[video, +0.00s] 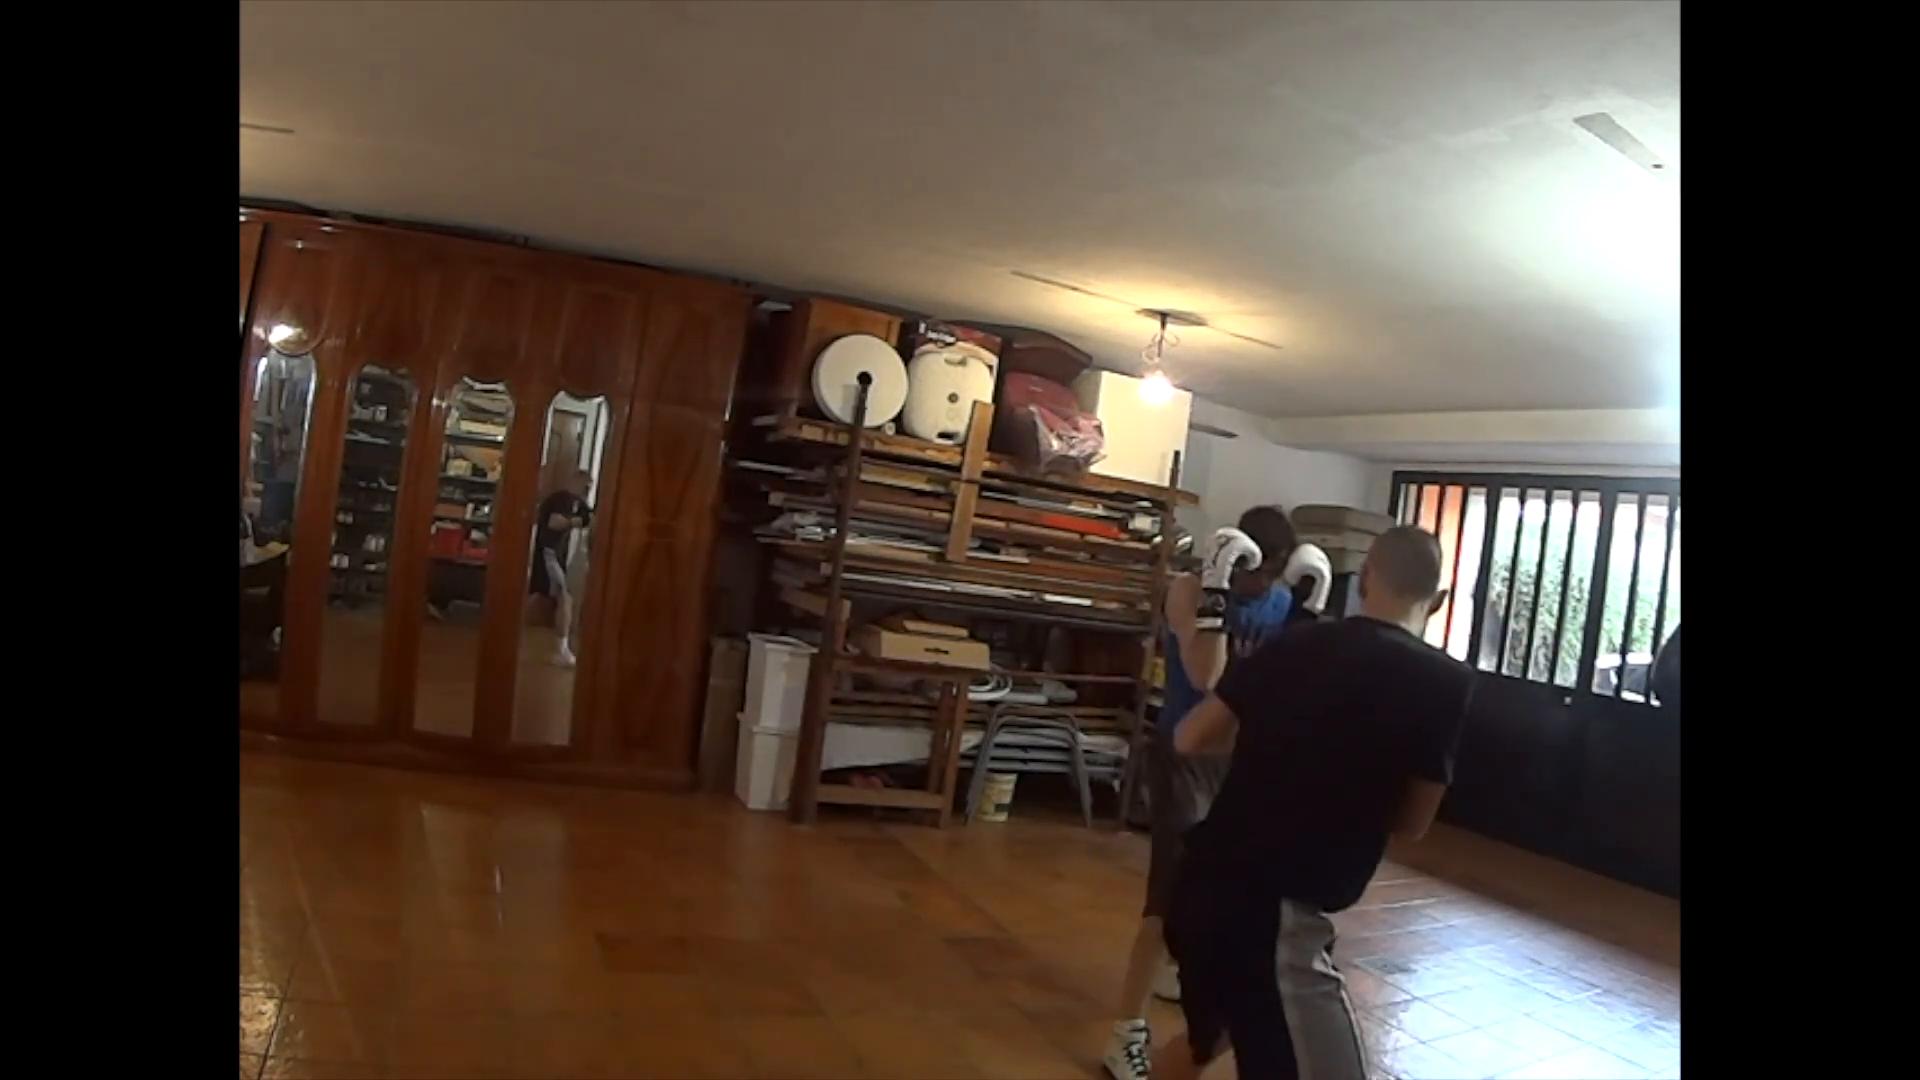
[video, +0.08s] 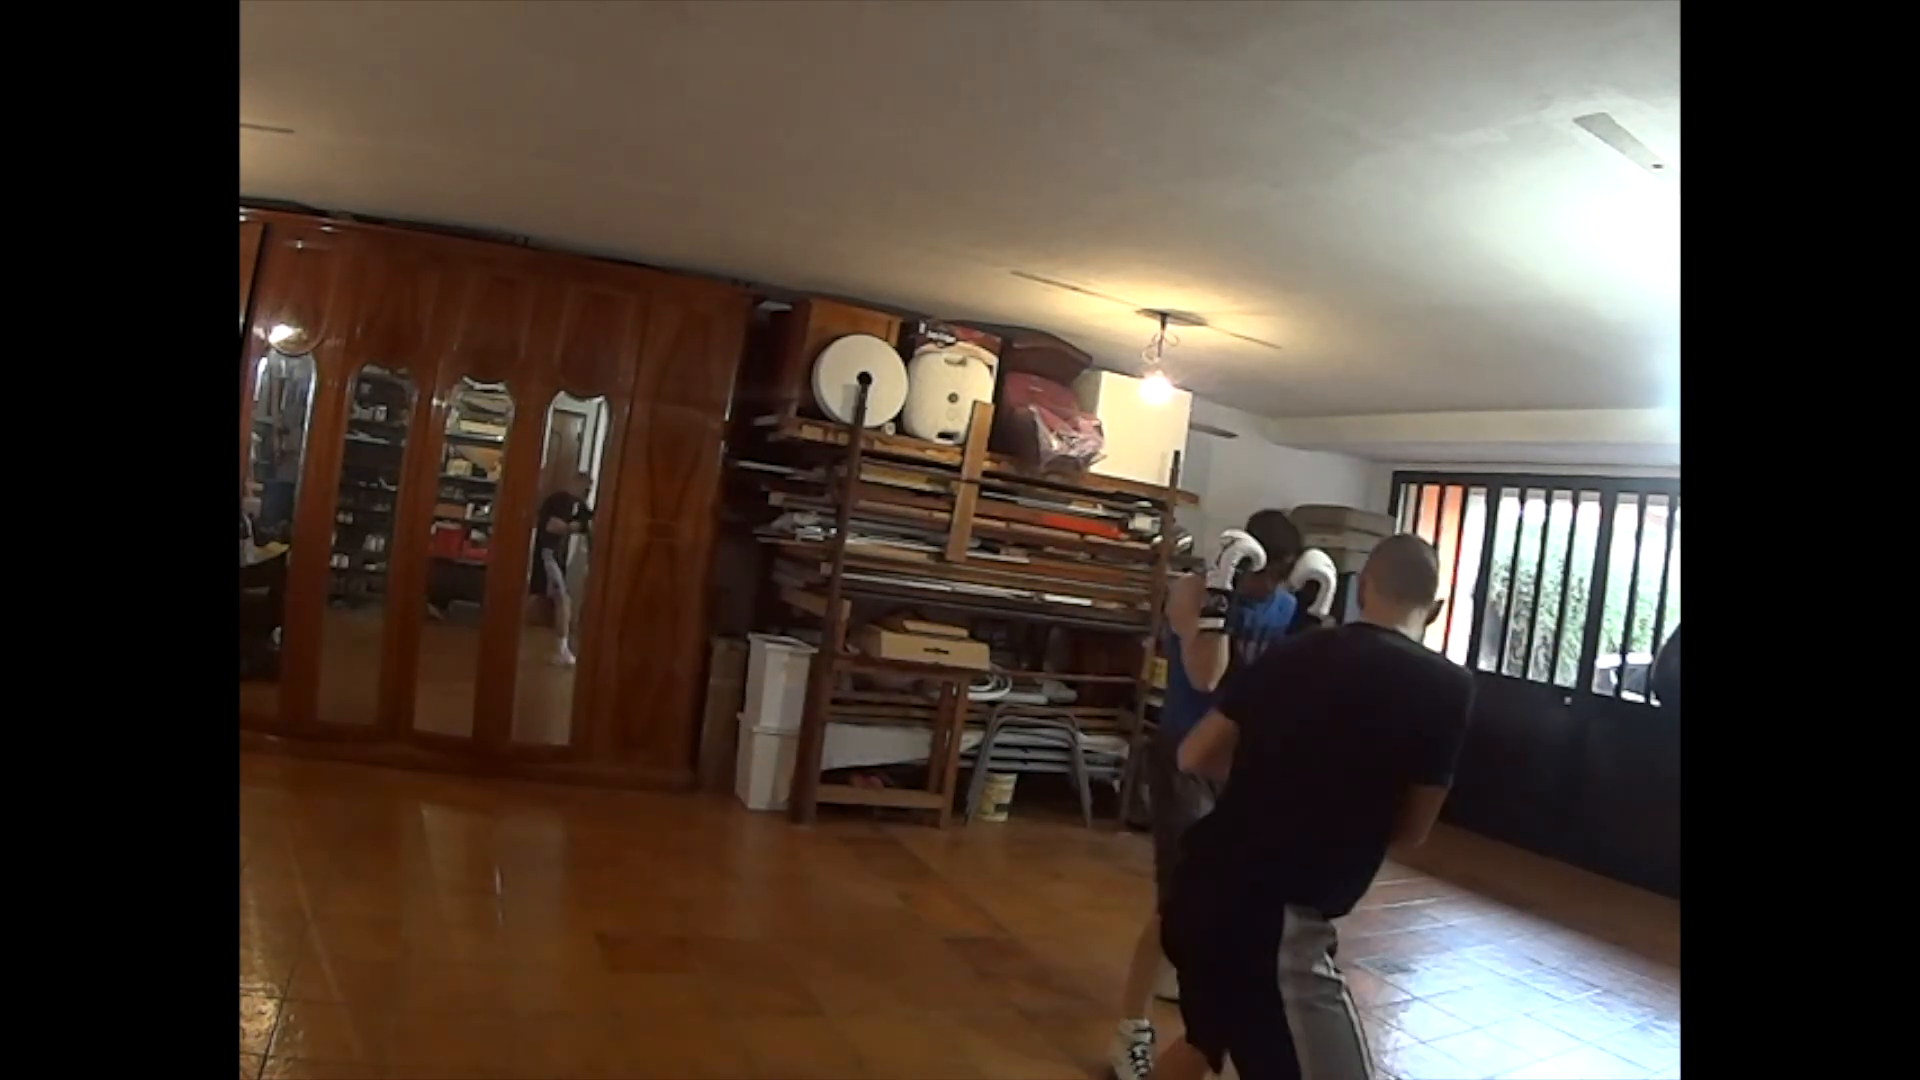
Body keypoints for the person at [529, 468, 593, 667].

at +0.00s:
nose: (588, 489)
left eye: (589, 486)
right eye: (586, 485)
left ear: (585, 486)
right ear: (575, 482)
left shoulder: (579, 503)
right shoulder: (560, 498)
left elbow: (588, 520)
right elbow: (553, 522)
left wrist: (571, 521)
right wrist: (574, 522)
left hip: (560, 551)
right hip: (546, 549)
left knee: (535, 594)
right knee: (564, 597)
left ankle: (512, 633)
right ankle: (562, 647)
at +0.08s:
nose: (588, 491)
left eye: (589, 488)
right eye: (586, 487)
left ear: (584, 488)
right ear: (575, 484)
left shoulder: (579, 505)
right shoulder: (559, 500)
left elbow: (590, 522)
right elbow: (552, 525)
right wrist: (576, 527)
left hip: (559, 551)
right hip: (546, 549)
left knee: (535, 593)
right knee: (562, 596)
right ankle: (562, 646)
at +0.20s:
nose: (579, 492)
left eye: (581, 488)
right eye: (576, 487)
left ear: (582, 490)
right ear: (566, 484)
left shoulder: (576, 508)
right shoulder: (550, 501)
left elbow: (585, 526)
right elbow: (541, 525)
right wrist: (566, 529)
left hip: (559, 551)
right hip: (541, 547)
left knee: (557, 593)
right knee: (555, 591)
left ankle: (561, 645)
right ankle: (560, 645)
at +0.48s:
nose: (576, 488)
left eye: (577, 485)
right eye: (573, 483)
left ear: (576, 487)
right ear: (561, 482)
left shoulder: (573, 504)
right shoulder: (549, 498)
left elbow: (581, 525)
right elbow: (540, 521)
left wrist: (577, 525)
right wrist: (565, 524)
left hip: (548, 549)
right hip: (537, 547)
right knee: (556, 593)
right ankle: (557, 646)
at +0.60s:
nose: (575, 487)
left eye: (577, 483)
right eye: (572, 482)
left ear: (575, 486)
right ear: (561, 480)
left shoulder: (572, 503)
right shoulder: (549, 497)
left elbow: (581, 525)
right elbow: (537, 518)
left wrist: (575, 522)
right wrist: (556, 524)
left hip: (550, 550)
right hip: (537, 547)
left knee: (525, 595)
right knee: (554, 595)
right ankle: (557, 647)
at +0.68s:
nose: (576, 485)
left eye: (577, 481)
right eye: (572, 480)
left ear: (573, 484)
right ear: (561, 479)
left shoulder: (571, 502)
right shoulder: (549, 497)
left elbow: (580, 525)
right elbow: (536, 517)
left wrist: (573, 522)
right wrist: (552, 524)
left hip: (553, 551)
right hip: (538, 547)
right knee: (554, 594)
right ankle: (557, 647)